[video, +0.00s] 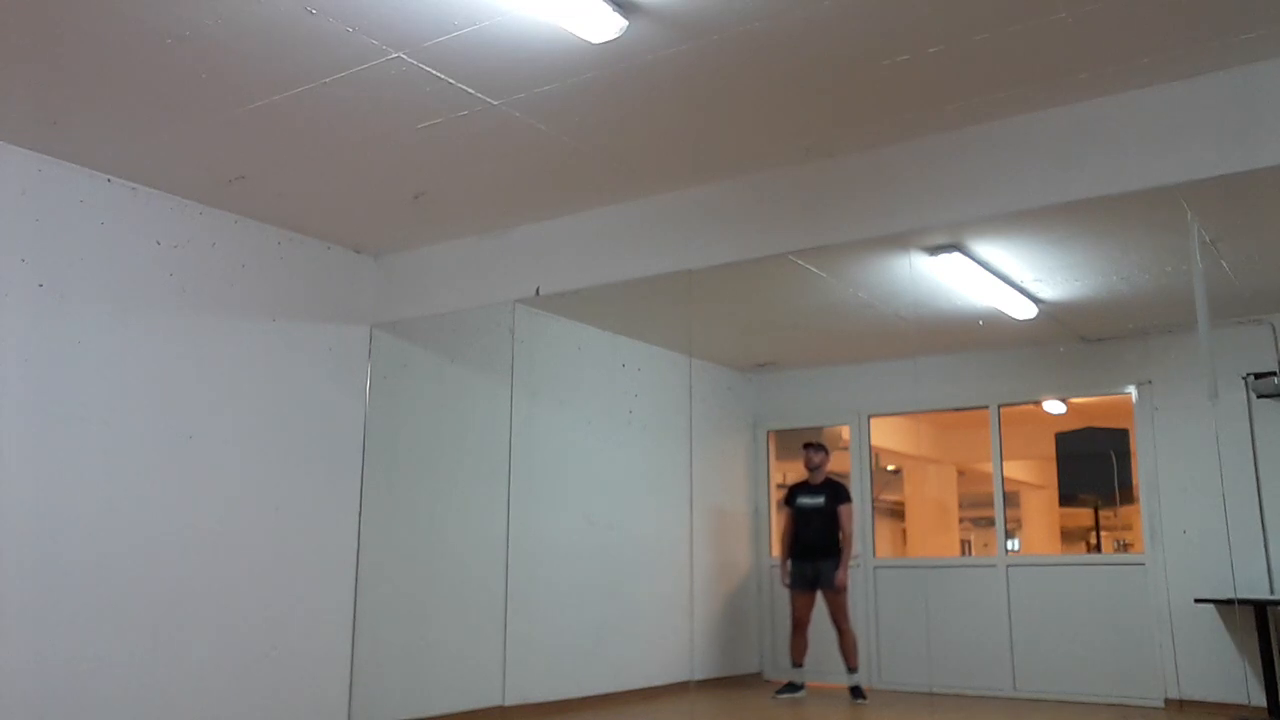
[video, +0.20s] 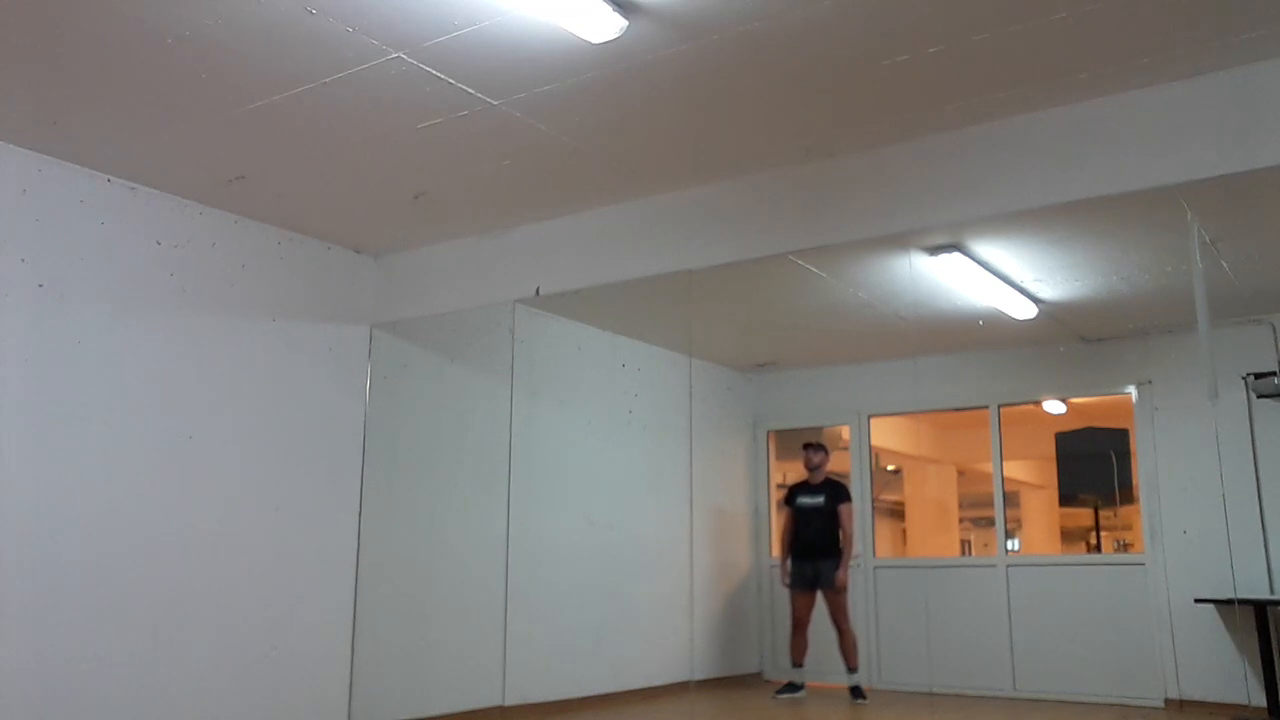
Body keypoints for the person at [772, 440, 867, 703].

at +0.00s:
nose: (811, 458)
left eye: (817, 454)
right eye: (808, 454)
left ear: (827, 459)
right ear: (804, 459)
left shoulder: (838, 490)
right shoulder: (794, 491)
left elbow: (846, 532)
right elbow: (788, 528)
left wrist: (843, 567)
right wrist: (784, 562)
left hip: (830, 564)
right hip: (801, 564)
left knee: (842, 623)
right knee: (799, 623)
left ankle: (854, 681)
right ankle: (797, 680)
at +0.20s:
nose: (811, 459)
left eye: (817, 454)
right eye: (808, 454)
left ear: (826, 459)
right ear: (803, 459)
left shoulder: (838, 490)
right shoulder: (794, 491)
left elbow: (847, 530)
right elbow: (787, 528)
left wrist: (844, 567)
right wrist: (784, 562)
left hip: (830, 563)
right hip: (801, 564)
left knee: (842, 623)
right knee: (799, 623)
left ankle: (854, 681)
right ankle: (796, 680)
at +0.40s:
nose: (812, 459)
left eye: (817, 454)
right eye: (808, 454)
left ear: (827, 459)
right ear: (804, 459)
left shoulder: (838, 489)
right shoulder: (795, 491)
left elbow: (847, 530)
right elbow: (787, 528)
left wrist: (844, 566)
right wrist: (784, 562)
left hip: (830, 564)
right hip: (801, 564)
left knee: (842, 623)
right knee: (799, 623)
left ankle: (854, 681)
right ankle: (796, 680)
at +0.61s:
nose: (812, 459)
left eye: (817, 455)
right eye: (808, 455)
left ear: (826, 459)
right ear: (804, 460)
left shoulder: (838, 489)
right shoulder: (795, 491)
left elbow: (847, 530)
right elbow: (787, 528)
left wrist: (844, 566)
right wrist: (783, 561)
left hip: (830, 563)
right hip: (801, 564)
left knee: (842, 623)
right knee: (798, 623)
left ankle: (854, 681)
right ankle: (796, 680)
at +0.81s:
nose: (812, 460)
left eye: (817, 455)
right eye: (808, 455)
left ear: (826, 459)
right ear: (803, 460)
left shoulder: (838, 490)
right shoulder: (795, 491)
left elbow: (847, 531)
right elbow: (787, 528)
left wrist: (844, 566)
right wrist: (784, 562)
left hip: (830, 563)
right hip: (801, 564)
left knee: (842, 623)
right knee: (799, 623)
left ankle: (854, 681)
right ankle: (796, 680)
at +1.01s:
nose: (812, 460)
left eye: (816, 455)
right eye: (808, 456)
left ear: (826, 459)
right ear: (803, 460)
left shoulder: (838, 490)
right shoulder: (795, 492)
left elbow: (847, 531)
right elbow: (788, 529)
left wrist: (844, 566)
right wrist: (784, 563)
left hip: (830, 563)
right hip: (801, 564)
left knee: (842, 623)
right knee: (799, 623)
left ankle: (854, 681)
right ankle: (796, 680)